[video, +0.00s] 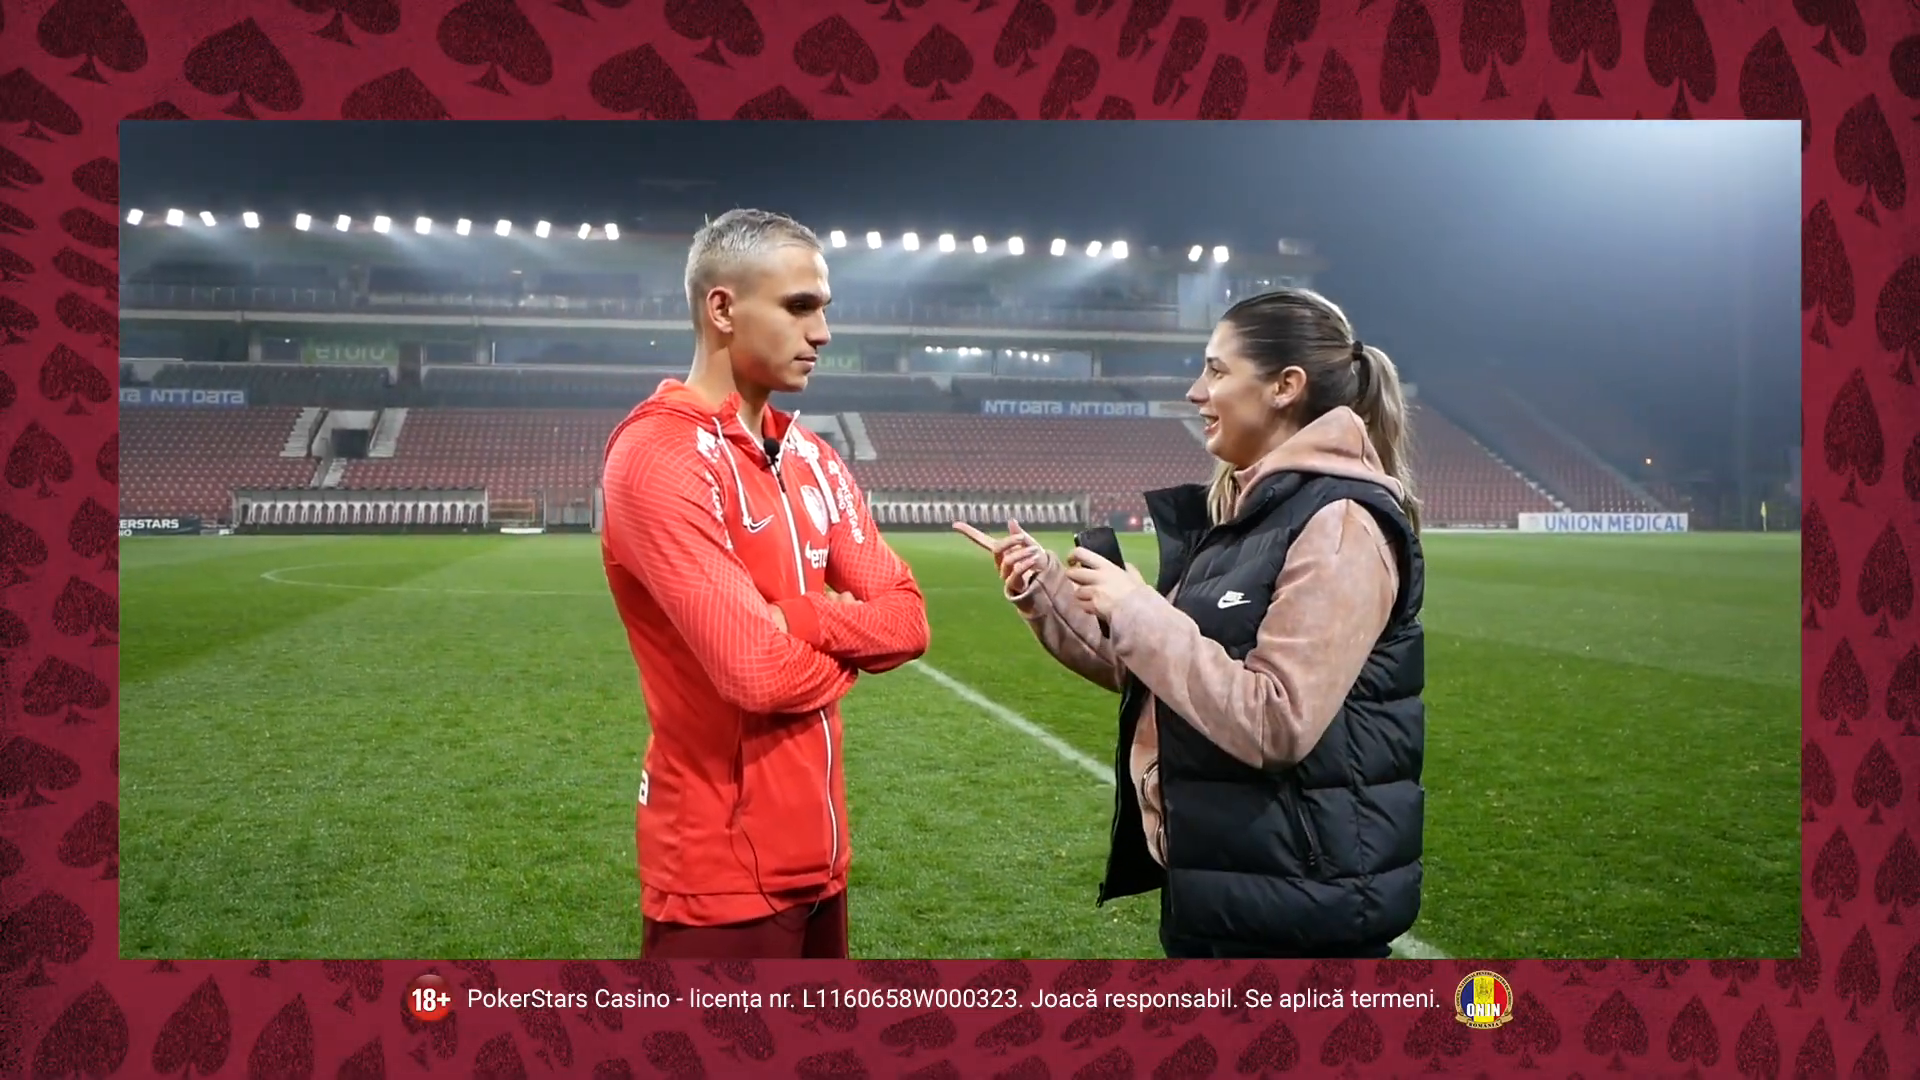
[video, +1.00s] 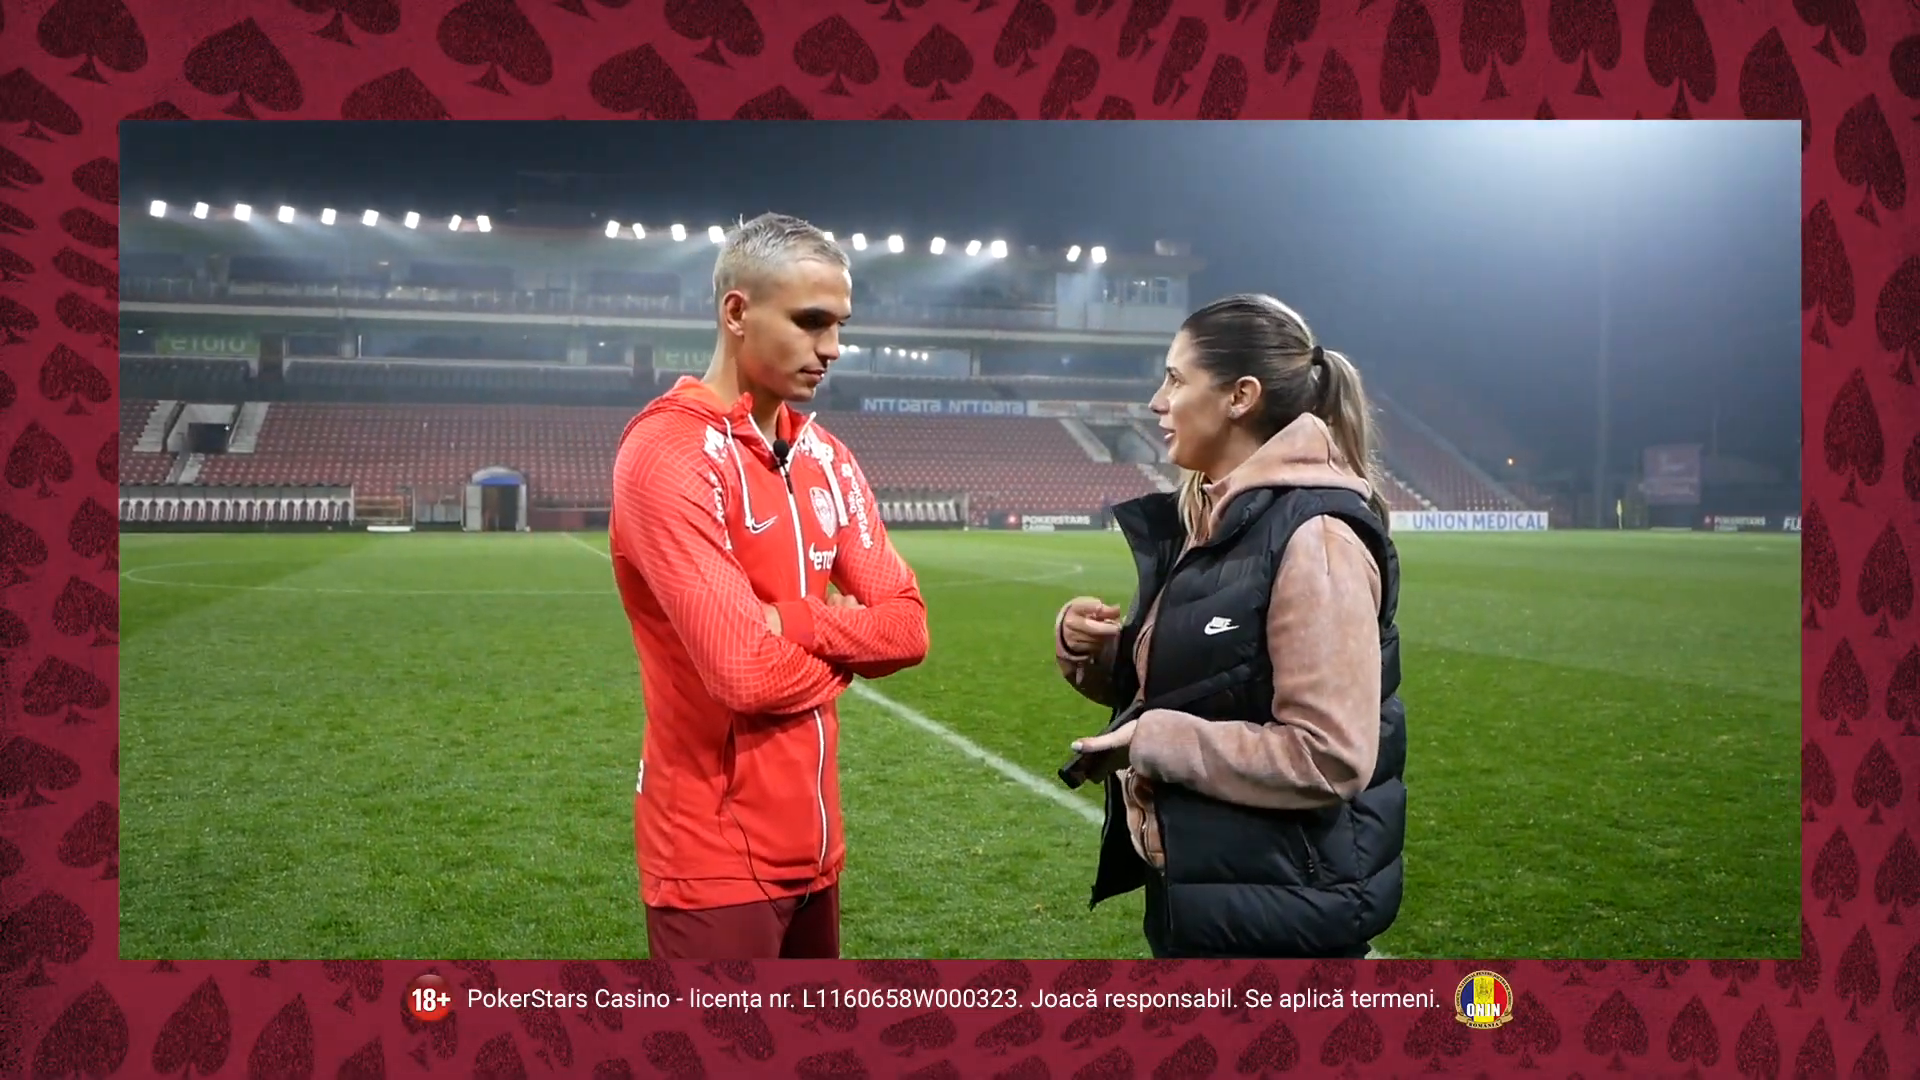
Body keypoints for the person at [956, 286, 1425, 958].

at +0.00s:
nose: (1195, 392)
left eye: (1216, 371)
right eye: (1203, 372)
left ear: (1286, 386)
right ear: (1276, 386)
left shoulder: (1343, 525)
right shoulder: (1242, 513)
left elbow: (1275, 715)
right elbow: (1151, 671)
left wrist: (1138, 612)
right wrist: (1046, 598)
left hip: (1300, 906)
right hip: (1227, 897)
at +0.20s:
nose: (1198, 391)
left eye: (1218, 370)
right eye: (1205, 371)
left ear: (1288, 387)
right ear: (1285, 389)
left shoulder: (1342, 526)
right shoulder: (1246, 512)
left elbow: (1287, 729)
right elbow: (1167, 669)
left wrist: (1118, 664)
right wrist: (1049, 615)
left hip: (1294, 911)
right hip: (1223, 901)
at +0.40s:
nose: (1204, 382)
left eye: (1226, 360)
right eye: (1213, 361)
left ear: (1296, 379)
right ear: (1292, 382)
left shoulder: (1324, 523)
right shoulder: (1244, 508)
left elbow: (1315, 747)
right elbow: (1172, 666)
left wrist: (1144, 759)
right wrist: (1097, 624)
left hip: (1283, 912)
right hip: (1225, 903)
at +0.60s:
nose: (1178, 383)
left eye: (1203, 361)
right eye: (1190, 362)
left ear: (1268, 384)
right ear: (1263, 385)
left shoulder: (1319, 528)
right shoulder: (1225, 515)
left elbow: (1334, 744)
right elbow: (1188, 699)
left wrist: (1160, 747)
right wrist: (1117, 656)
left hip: (1278, 917)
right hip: (1210, 910)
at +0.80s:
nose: (1160, 392)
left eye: (1180, 371)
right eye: (1169, 371)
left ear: (1246, 394)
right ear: (1242, 395)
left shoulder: (1316, 533)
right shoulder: (1214, 516)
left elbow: (1333, 748)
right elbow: (1178, 650)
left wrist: (1157, 733)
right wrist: (1108, 651)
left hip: (1279, 915)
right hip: (1205, 905)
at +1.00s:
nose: (1157, 403)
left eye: (1175, 379)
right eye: (1164, 380)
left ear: (1241, 396)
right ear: (1237, 398)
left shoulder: (1317, 538)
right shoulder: (1216, 519)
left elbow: (1330, 755)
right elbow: (1179, 686)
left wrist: (1155, 739)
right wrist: (1093, 652)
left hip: (1278, 915)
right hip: (1207, 904)